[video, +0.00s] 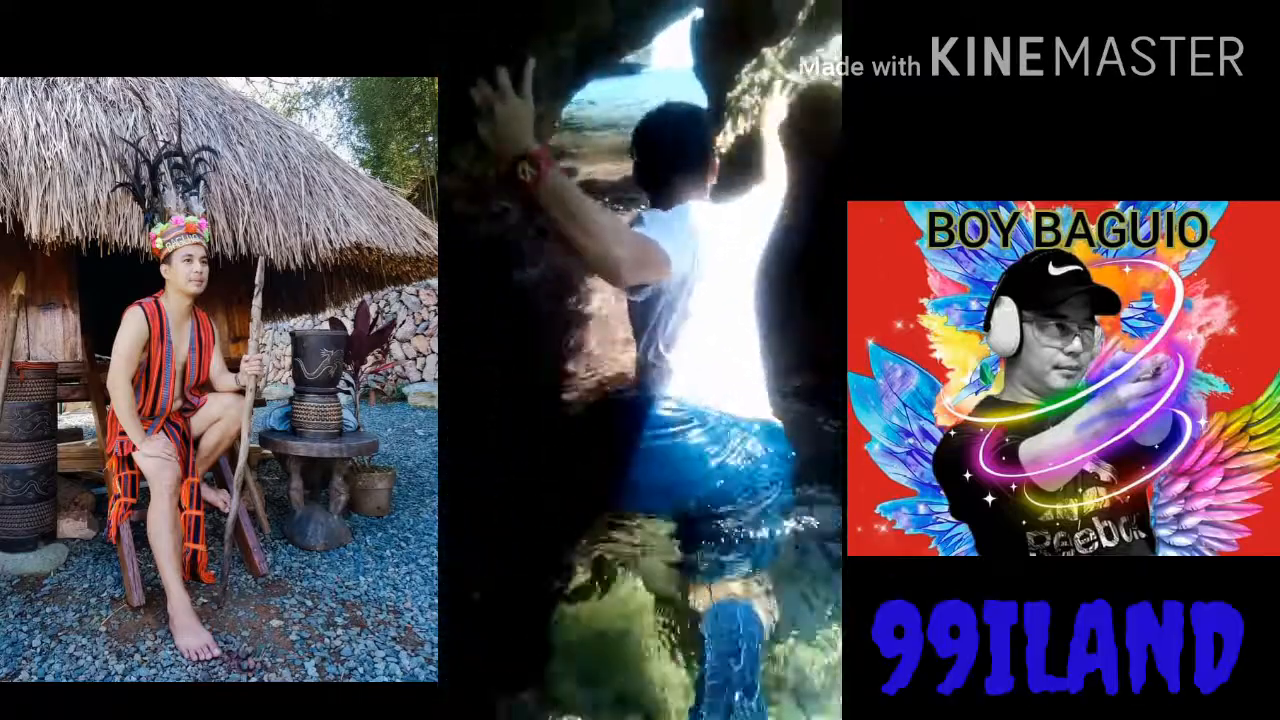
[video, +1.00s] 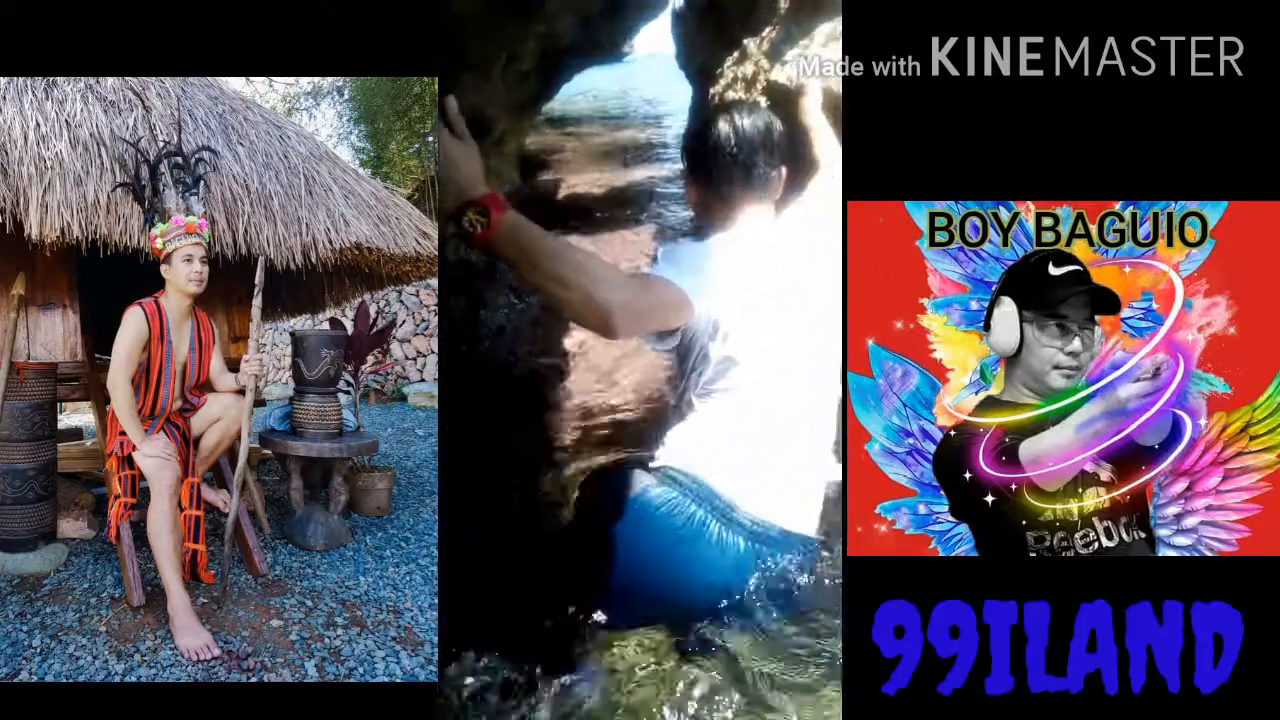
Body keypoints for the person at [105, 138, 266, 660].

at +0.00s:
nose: (198, 269)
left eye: (204, 261)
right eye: (187, 261)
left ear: (208, 267)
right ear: (164, 267)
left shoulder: (207, 324)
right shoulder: (142, 316)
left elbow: (220, 380)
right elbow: (117, 381)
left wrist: (243, 379)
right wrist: (138, 440)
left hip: (182, 419)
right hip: (141, 425)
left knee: (238, 406)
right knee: (168, 477)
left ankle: (192, 478)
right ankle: (179, 605)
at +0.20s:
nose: (198, 269)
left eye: (204, 261)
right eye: (187, 261)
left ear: (208, 267)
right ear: (164, 267)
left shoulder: (207, 324)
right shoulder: (142, 316)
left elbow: (221, 380)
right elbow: (117, 381)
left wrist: (243, 379)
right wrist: (139, 440)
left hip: (182, 419)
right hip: (141, 425)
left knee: (238, 406)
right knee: (168, 477)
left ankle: (192, 478)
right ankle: (179, 605)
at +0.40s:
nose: (198, 269)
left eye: (204, 261)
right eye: (187, 261)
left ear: (208, 267)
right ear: (164, 268)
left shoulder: (207, 324)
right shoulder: (142, 316)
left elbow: (220, 380)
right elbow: (117, 382)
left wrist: (243, 379)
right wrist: (138, 440)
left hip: (182, 420)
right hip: (141, 425)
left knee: (238, 406)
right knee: (169, 477)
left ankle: (192, 478)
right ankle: (179, 605)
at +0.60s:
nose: (198, 269)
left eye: (204, 261)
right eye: (187, 261)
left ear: (208, 267)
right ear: (164, 268)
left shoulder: (206, 323)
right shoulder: (142, 317)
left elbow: (219, 379)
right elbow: (117, 381)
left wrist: (243, 379)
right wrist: (138, 440)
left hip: (182, 420)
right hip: (141, 426)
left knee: (238, 407)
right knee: (169, 478)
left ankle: (193, 478)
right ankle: (179, 605)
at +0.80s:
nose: (198, 269)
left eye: (203, 261)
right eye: (187, 261)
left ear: (208, 268)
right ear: (165, 268)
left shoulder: (206, 323)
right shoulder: (142, 316)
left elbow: (220, 379)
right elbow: (117, 382)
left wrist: (244, 379)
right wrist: (138, 440)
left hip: (182, 420)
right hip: (141, 425)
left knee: (238, 407)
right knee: (169, 478)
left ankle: (192, 478)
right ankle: (179, 605)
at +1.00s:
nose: (198, 269)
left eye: (203, 261)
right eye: (187, 261)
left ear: (208, 268)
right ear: (165, 267)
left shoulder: (206, 324)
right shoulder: (142, 316)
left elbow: (220, 380)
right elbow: (117, 381)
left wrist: (243, 379)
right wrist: (138, 440)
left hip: (182, 420)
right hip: (142, 425)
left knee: (239, 407)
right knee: (169, 477)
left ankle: (192, 478)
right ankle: (179, 605)